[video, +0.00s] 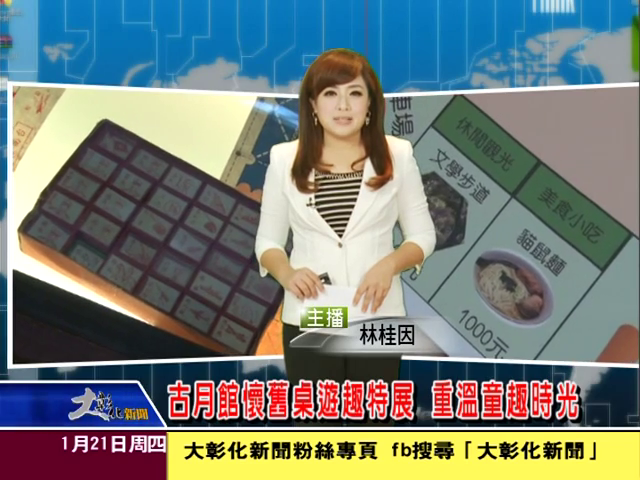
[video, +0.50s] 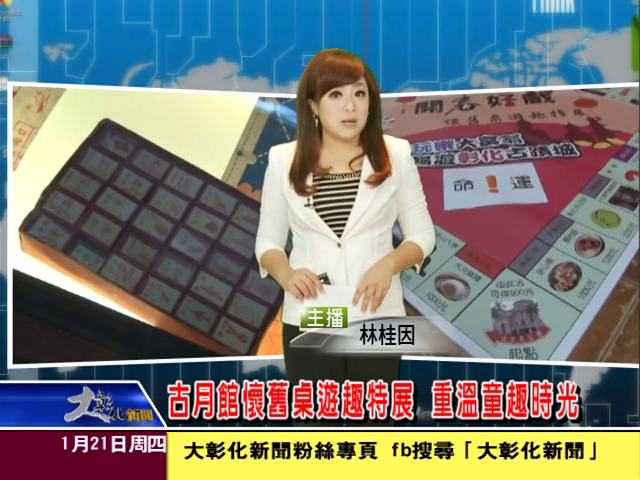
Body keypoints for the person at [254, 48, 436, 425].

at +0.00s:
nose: (343, 105)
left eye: (355, 94)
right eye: (330, 94)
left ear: (370, 103)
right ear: (312, 104)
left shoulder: (395, 155)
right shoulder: (286, 159)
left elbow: (423, 237)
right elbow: (268, 242)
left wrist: (388, 265)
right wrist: (289, 274)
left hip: (377, 325)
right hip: (308, 323)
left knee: (375, 441)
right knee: (314, 440)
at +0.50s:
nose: (350, 106)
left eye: (359, 94)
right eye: (335, 95)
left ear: (370, 102)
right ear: (312, 106)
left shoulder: (394, 155)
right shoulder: (284, 160)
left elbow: (422, 236)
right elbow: (267, 243)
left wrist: (387, 265)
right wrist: (288, 274)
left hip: (377, 325)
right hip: (307, 324)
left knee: (377, 440)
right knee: (314, 440)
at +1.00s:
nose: (347, 102)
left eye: (358, 91)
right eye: (334, 91)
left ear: (370, 102)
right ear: (313, 103)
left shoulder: (395, 155)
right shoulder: (286, 159)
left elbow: (423, 236)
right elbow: (267, 242)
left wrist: (389, 265)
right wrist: (290, 274)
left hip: (377, 325)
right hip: (308, 324)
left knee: (375, 441)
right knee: (314, 440)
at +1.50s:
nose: (345, 104)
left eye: (356, 92)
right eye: (332, 93)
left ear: (370, 101)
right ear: (313, 104)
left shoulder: (396, 155)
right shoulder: (287, 159)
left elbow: (424, 237)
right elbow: (268, 242)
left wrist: (389, 265)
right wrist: (290, 274)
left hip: (378, 324)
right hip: (308, 323)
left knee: (375, 440)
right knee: (313, 439)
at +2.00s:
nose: (343, 104)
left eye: (354, 92)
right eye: (330, 94)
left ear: (369, 101)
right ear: (311, 105)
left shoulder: (395, 155)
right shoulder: (286, 160)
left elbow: (424, 236)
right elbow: (265, 242)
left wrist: (389, 264)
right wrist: (289, 276)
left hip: (377, 325)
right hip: (308, 324)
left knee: (376, 441)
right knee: (313, 440)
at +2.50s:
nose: (344, 105)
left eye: (355, 93)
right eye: (331, 95)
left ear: (370, 102)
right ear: (311, 105)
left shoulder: (395, 155)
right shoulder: (286, 160)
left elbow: (424, 236)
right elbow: (267, 242)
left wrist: (390, 264)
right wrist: (291, 276)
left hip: (378, 325)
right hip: (308, 323)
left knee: (376, 439)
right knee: (313, 438)